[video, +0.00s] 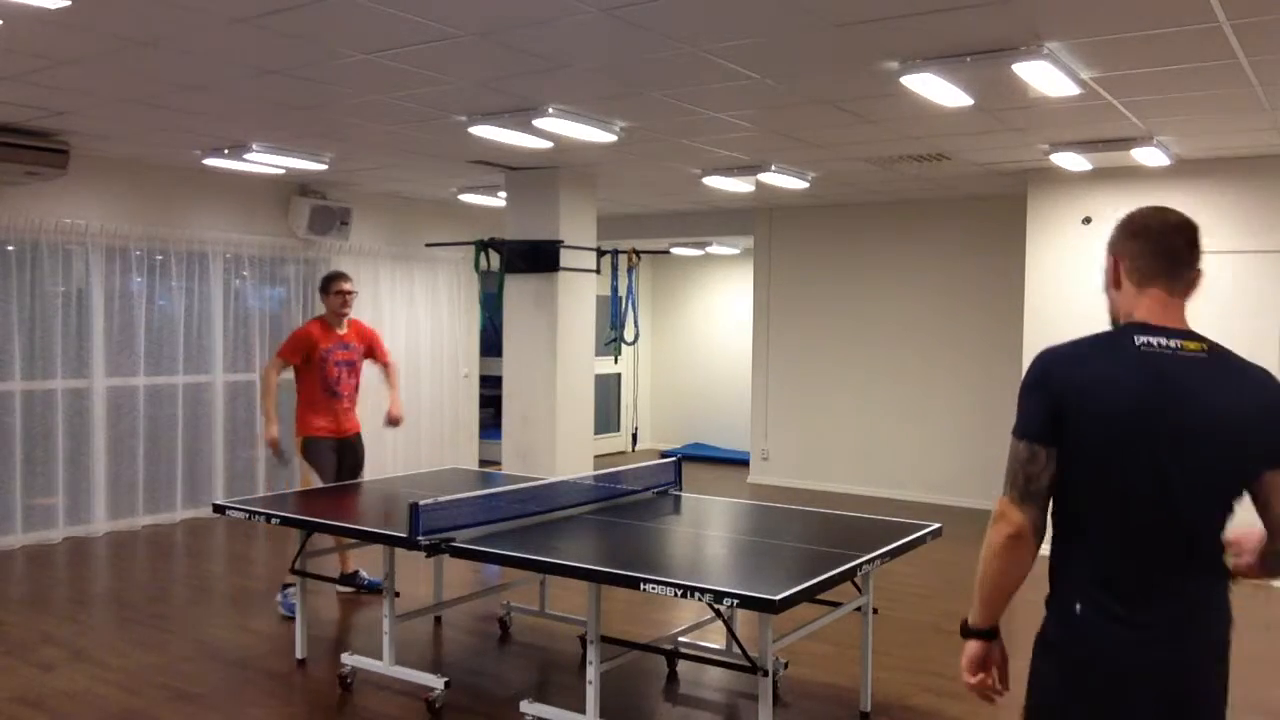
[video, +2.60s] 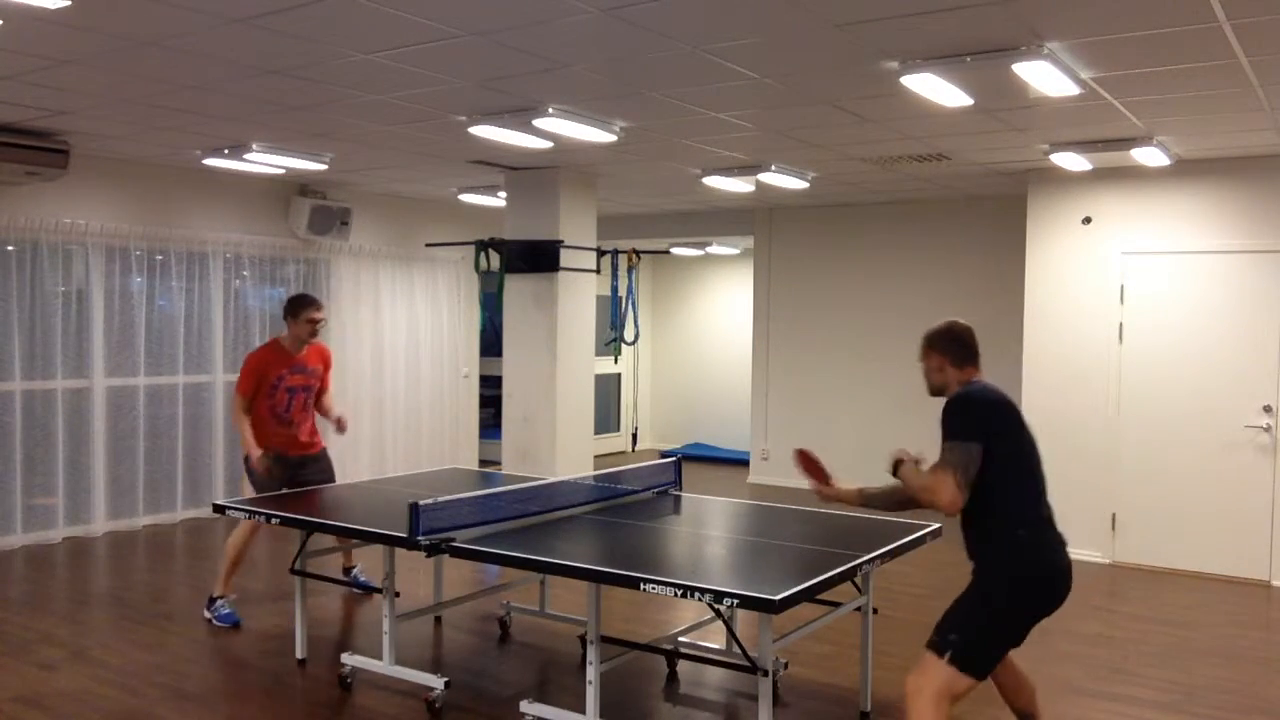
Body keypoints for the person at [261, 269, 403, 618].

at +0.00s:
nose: (346, 299)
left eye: (350, 294)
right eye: (339, 294)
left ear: (355, 298)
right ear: (324, 298)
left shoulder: (362, 334)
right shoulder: (308, 334)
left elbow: (388, 365)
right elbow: (271, 370)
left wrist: (395, 403)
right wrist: (270, 423)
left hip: (349, 431)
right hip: (316, 433)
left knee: (346, 505)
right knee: (314, 504)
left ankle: (348, 570)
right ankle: (291, 583)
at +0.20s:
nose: (353, 297)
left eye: (356, 292)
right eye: (346, 292)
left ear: (360, 295)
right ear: (330, 294)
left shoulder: (365, 325)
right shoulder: (310, 324)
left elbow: (389, 343)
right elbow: (267, 356)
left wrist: (404, 364)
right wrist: (289, 376)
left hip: (359, 425)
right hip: (324, 426)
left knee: (356, 500)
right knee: (330, 497)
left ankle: (348, 571)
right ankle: (303, 583)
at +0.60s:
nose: (356, 302)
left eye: (360, 297)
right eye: (350, 296)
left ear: (363, 301)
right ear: (332, 297)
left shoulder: (366, 338)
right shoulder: (313, 334)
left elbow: (382, 390)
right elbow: (296, 385)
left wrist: (390, 381)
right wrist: (341, 382)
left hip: (355, 427)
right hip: (321, 426)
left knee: (353, 502)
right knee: (315, 501)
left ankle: (349, 572)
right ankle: (285, 580)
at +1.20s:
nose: (332, 301)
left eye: (335, 296)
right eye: (325, 295)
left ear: (336, 301)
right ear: (305, 296)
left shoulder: (334, 341)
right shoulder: (281, 336)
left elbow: (329, 392)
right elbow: (263, 389)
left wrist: (353, 393)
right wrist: (299, 401)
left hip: (317, 434)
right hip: (282, 433)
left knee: (322, 509)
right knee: (276, 514)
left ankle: (330, 574)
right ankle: (263, 594)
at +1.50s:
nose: (334, 303)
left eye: (338, 298)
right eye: (328, 296)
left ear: (338, 302)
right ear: (308, 297)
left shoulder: (334, 337)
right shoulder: (285, 334)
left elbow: (358, 381)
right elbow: (251, 382)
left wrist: (365, 342)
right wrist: (292, 406)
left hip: (327, 437)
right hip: (291, 437)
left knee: (333, 509)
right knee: (277, 514)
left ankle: (334, 573)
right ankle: (264, 594)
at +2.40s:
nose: (333, 317)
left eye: (336, 312)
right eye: (327, 311)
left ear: (334, 313)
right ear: (306, 310)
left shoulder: (330, 347)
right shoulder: (276, 346)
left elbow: (340, 396)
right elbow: (253, 400)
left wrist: (355, 371)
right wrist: (289, 427)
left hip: (315, 440)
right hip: (277, 441)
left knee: (338, 506)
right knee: (270, 512)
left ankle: (339, 572)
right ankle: (229, 593)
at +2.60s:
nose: (317, 328)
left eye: (321, 323)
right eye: (311, 322)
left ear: (321, 324)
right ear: (290, 321)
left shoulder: (321, 355)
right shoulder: (261, 358)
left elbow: (321, 397)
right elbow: (240, 410)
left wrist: (334, 415)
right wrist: (253, 450)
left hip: (310, 452)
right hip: (268, 454)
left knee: (337, 510)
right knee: (254, 519)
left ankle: (350, 571)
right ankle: (218, 597)